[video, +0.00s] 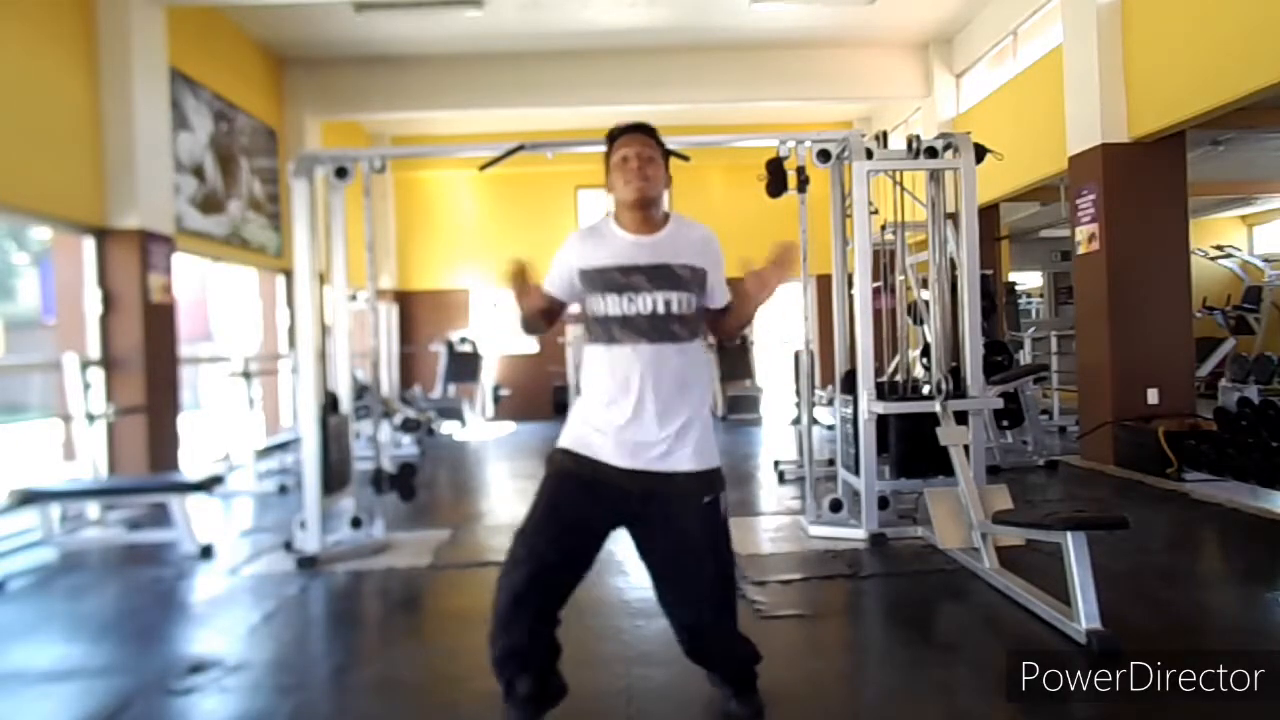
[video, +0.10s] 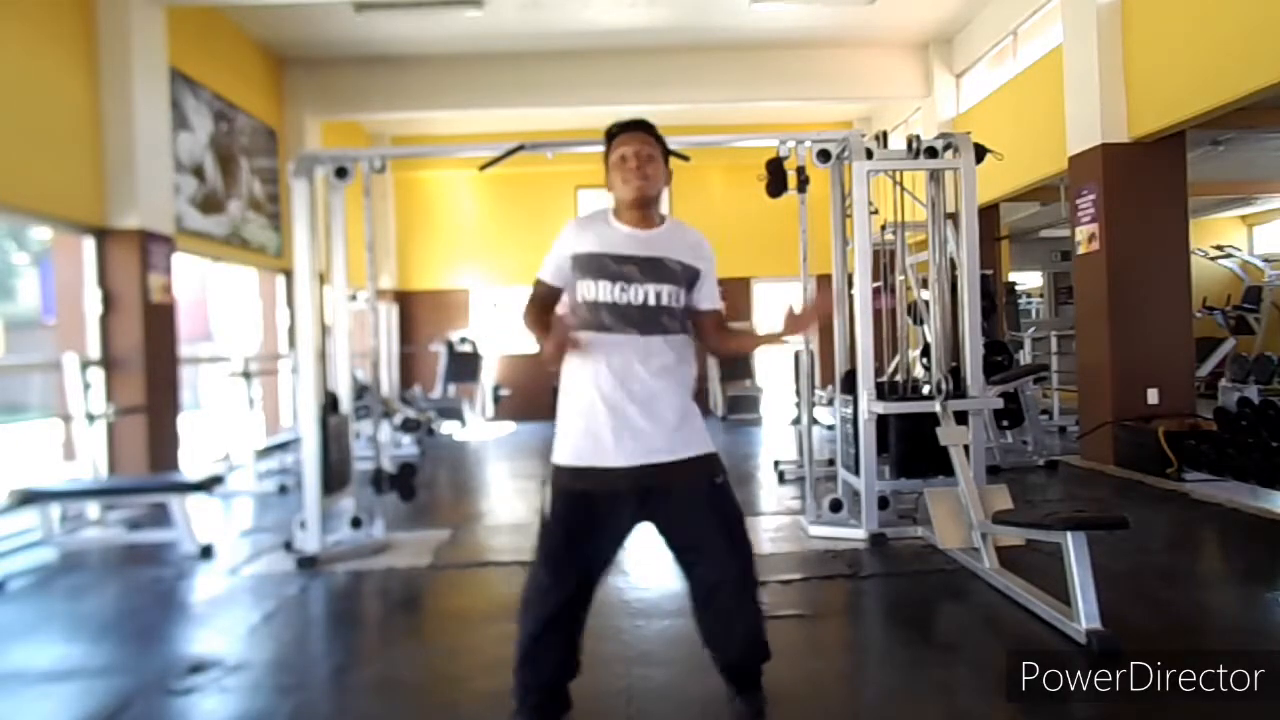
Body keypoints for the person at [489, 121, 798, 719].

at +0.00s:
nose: (637, 166)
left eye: (649, 157)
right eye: (624, 160)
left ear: (667, 175)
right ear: (607, 180)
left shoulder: (699, 243)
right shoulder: (582, 247)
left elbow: (721, 329)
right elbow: (542, 324)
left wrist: (753, 296)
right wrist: (530, 302)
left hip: (682, 458)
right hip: (592, 450)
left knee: (704, 614)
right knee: (522, 596)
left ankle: (739, 689)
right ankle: (530, 702)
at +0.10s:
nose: (637, 166)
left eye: (648, 157)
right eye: (624, 159)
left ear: (667, 171)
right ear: (607, 175)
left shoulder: (692, 247)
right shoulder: (578, 237)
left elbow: (718, 338)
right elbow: (536, 309)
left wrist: (785, 331)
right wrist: (551, 334)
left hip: (679, 446)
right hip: (591, 451)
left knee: (727, 576)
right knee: (554, 594)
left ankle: (748, 691)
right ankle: (537, 708)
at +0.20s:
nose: (635, 175)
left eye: (647, 165)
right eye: (623, 169)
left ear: (668, 179)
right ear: (608, 187)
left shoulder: (692, 256)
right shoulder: (579, 249)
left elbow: (725, 338)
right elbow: (527, 329)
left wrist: (767, 396)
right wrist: (509, 408)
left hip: (681, 453)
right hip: (591, 458)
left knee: (735, 582)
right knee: (573, 599)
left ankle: (747, 698)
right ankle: (540, 702)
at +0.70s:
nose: (617, 217)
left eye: (625, 201)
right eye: (608, 206)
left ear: (664, 178)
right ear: (603, 200)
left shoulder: (728, 242)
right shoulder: (601, 259)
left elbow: (766, 328)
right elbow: (563, 353)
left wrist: (738, 325)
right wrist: (497, 386)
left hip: (700, 485)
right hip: (601, 480)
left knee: (742, 650)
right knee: (556, 624)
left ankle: (766, 712)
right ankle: (556, 710)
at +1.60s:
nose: (647, 149)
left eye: (661, 135)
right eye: (629, 137)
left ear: (682, 148)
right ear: (610, 155)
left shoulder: (723, 232)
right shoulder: (585, 231)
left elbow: (741, 329)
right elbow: (539, 318)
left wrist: (814, 329)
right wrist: (558, 336)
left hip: (715, 479)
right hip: (608, 482)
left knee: (769, 664)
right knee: (575, 672)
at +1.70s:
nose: (650, 159)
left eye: (664, 144)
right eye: (633, 147)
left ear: (683, 156)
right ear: (613, 164)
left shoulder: (725, 240)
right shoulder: (587, 249)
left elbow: (769, 333)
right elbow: (531, 337)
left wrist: (816, 396)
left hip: (710, 484)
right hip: (601, 490)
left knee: (783, 656)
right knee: (567, 674)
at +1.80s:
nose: (657, 157)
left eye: (670, 142)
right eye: (639, 147)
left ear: (693, 154)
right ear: (620, 167)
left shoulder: (731, 233)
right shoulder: (594, 249)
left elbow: (757, 321)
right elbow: (547, 333)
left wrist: (758, 338)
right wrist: (485, 360)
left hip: (717, 491)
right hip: (608, 492)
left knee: (766, 678)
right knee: (565, 676)